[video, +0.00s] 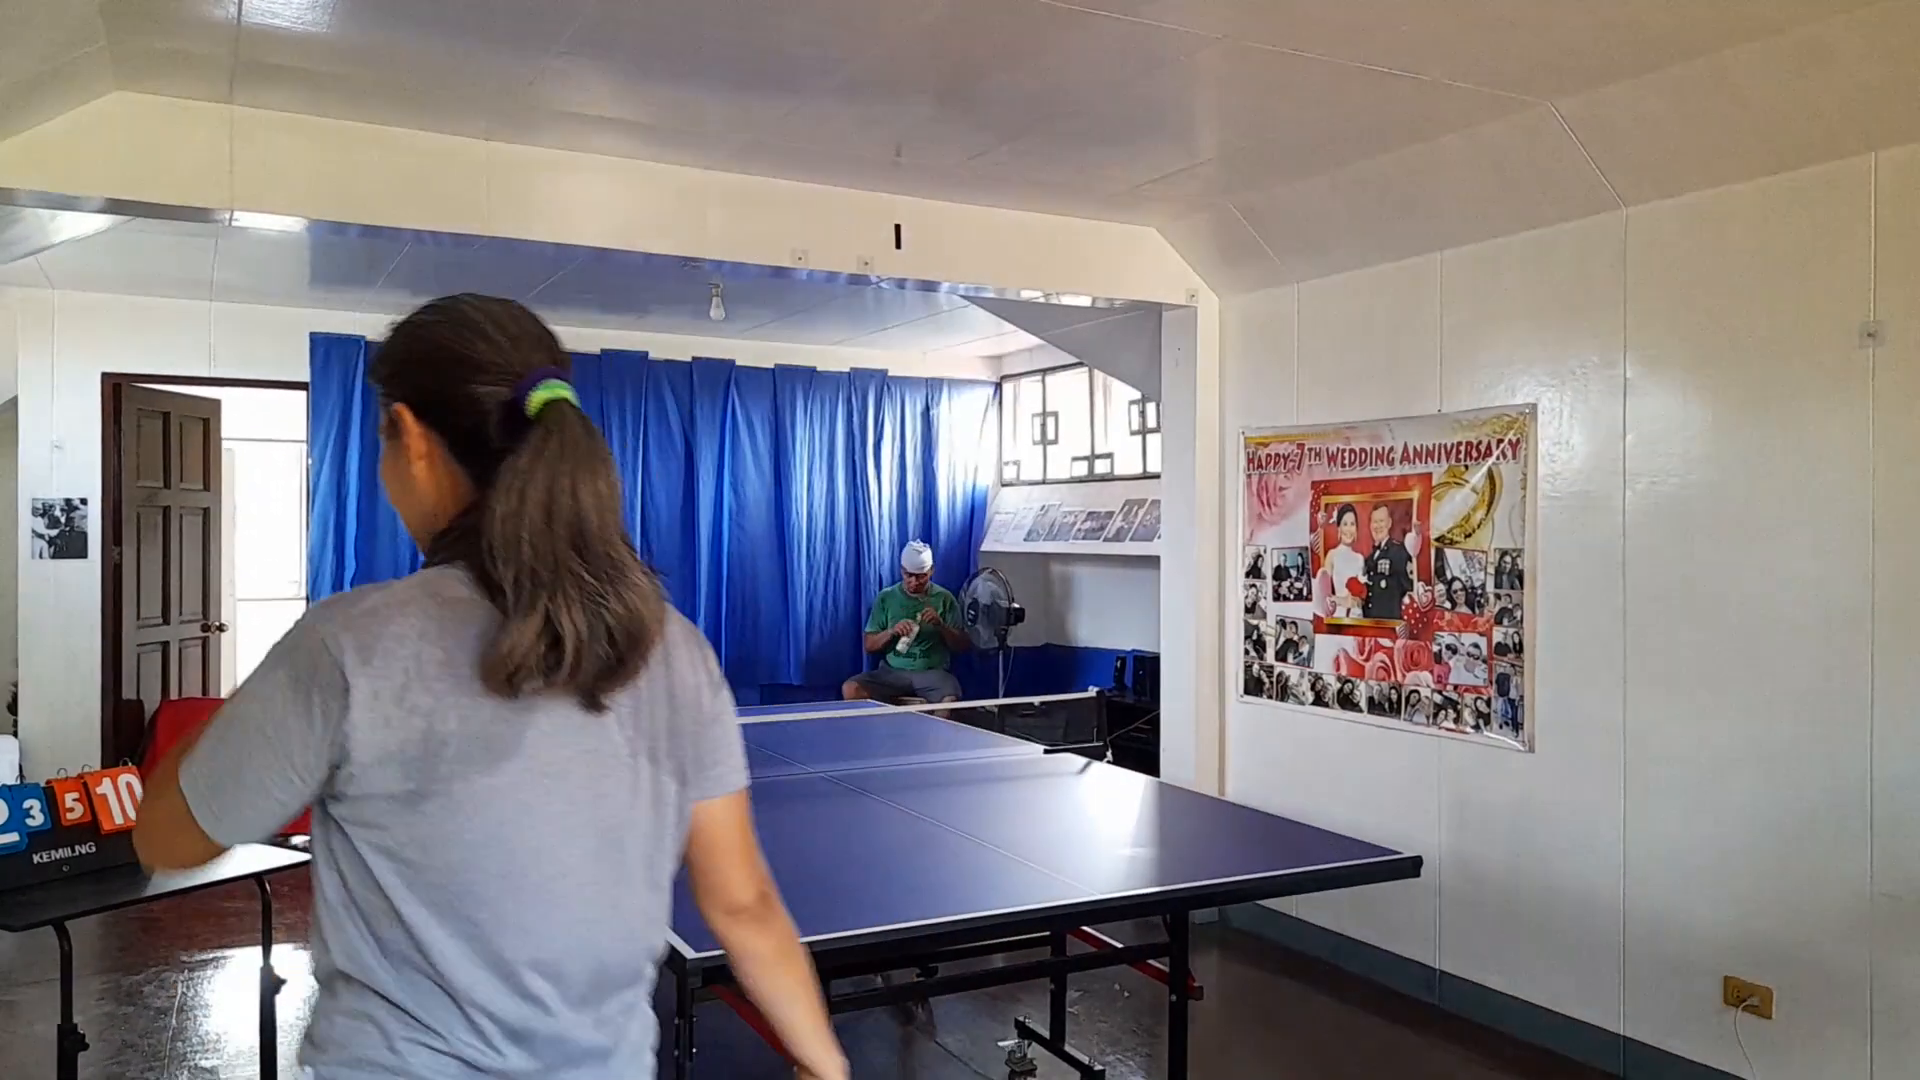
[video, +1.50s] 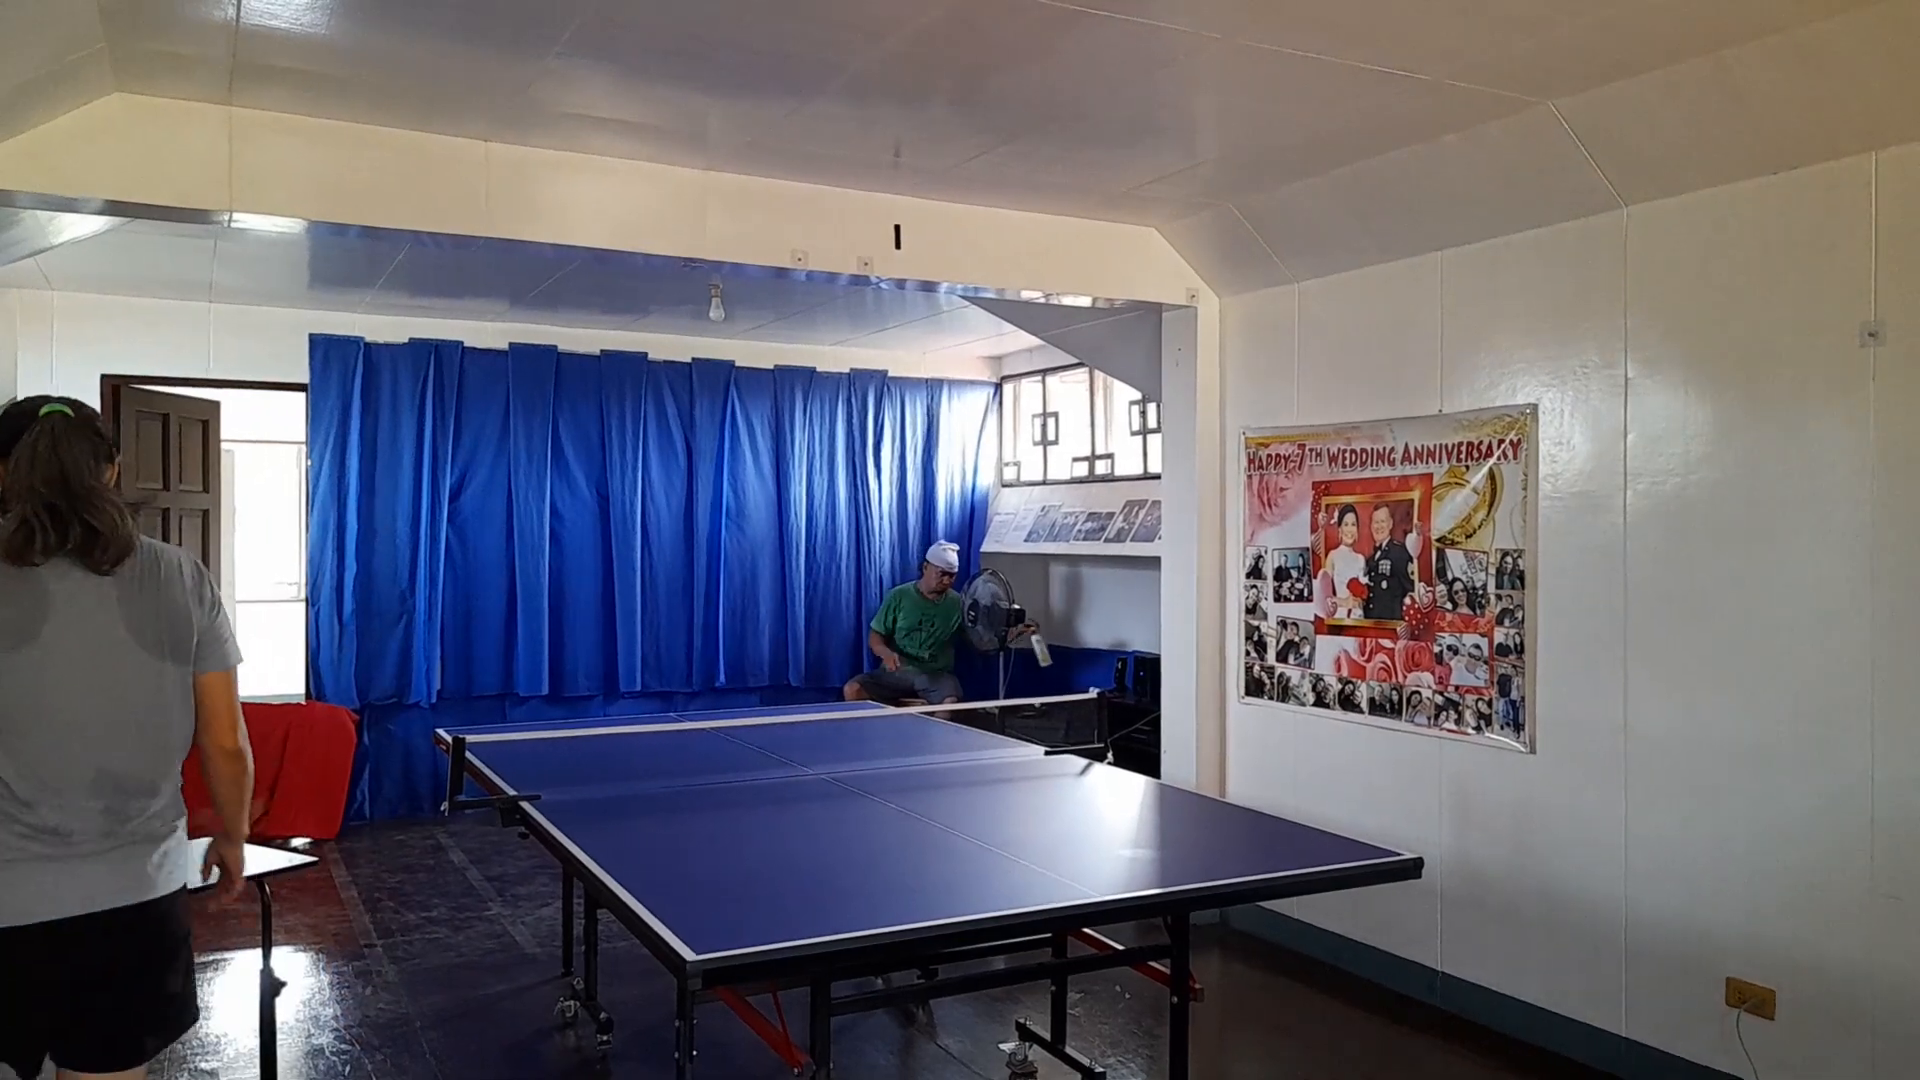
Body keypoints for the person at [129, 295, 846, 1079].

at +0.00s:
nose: (384, 473)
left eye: (384, 443)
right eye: (384, 445)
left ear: (411, 440)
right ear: (551, 430)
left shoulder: (353, 643)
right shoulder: (676, 652)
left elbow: (164, 843)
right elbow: (742, 903)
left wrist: (201, 734)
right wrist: (828, 1067)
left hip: (393, 1062)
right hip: (609, 1065)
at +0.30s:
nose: (267, 489)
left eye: (261, 458)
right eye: (261, 463)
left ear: (287, 445)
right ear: (409, 432)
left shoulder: (273, 601)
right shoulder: (547, 609)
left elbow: (99, 666)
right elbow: (547, 811)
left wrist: (263, 559)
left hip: (288, 1048)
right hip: (484, 1036)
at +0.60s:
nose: (132, 500)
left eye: (126, 482)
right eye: (124, 482)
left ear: (147, 480)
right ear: (266, 464)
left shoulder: (123, 625)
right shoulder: (389, 619)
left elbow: (9, 667)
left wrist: (123, 555)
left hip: (122, 1053)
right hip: (334, 1038)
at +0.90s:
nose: (18, 484)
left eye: (16, 465)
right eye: (17, 465)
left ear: (30, 464)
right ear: (142, 453)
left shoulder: (12, 583)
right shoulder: (253, 590)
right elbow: (307, 790)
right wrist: (354, 932)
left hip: (37, 1004)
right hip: (210, 997)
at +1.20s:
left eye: (5, 482)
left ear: (10, 490)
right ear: (127, 485)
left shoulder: (9, 594)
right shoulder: (204, 603)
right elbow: (268, 781)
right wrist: (339, 917)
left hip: (22, 963)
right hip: (163, 953)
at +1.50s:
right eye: (114, 464)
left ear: (5, 477)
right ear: (109, 475)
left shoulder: (4, 577)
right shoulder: (177, 579)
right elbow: (224, 744)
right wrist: (233, 837)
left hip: (14, 911)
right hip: (139, 905)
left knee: (17, 1067)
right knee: (110, 1067)